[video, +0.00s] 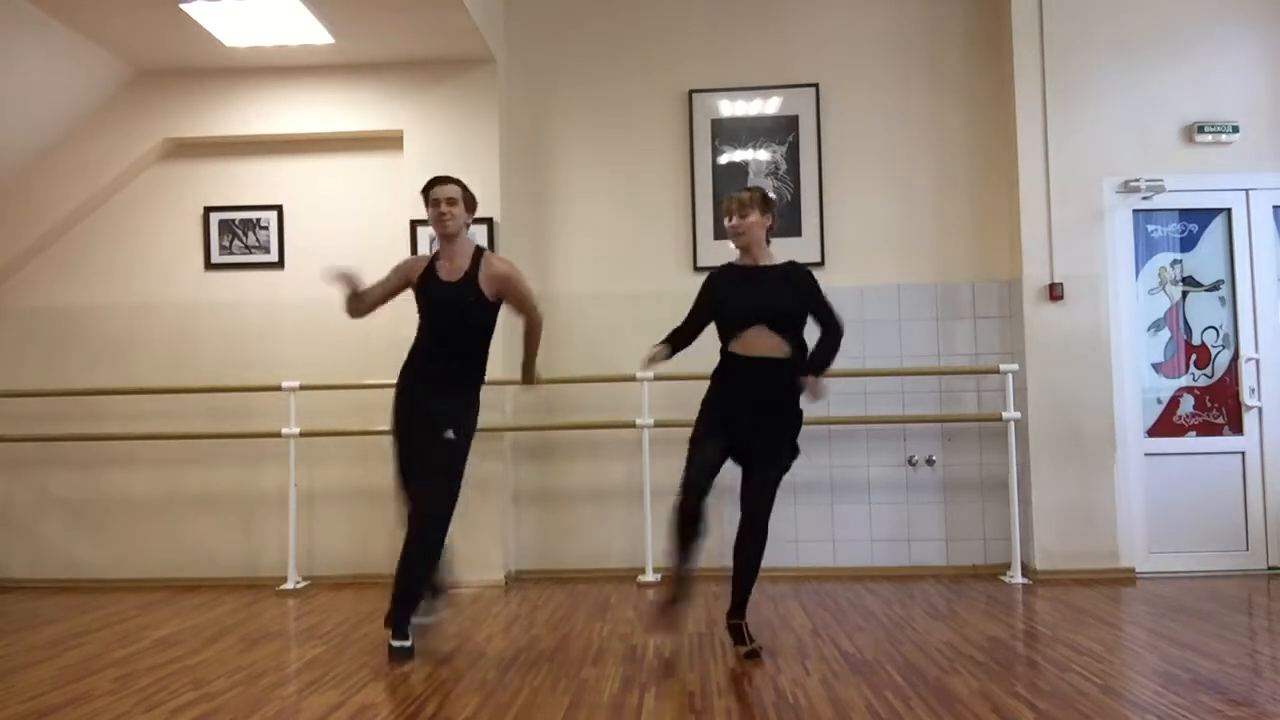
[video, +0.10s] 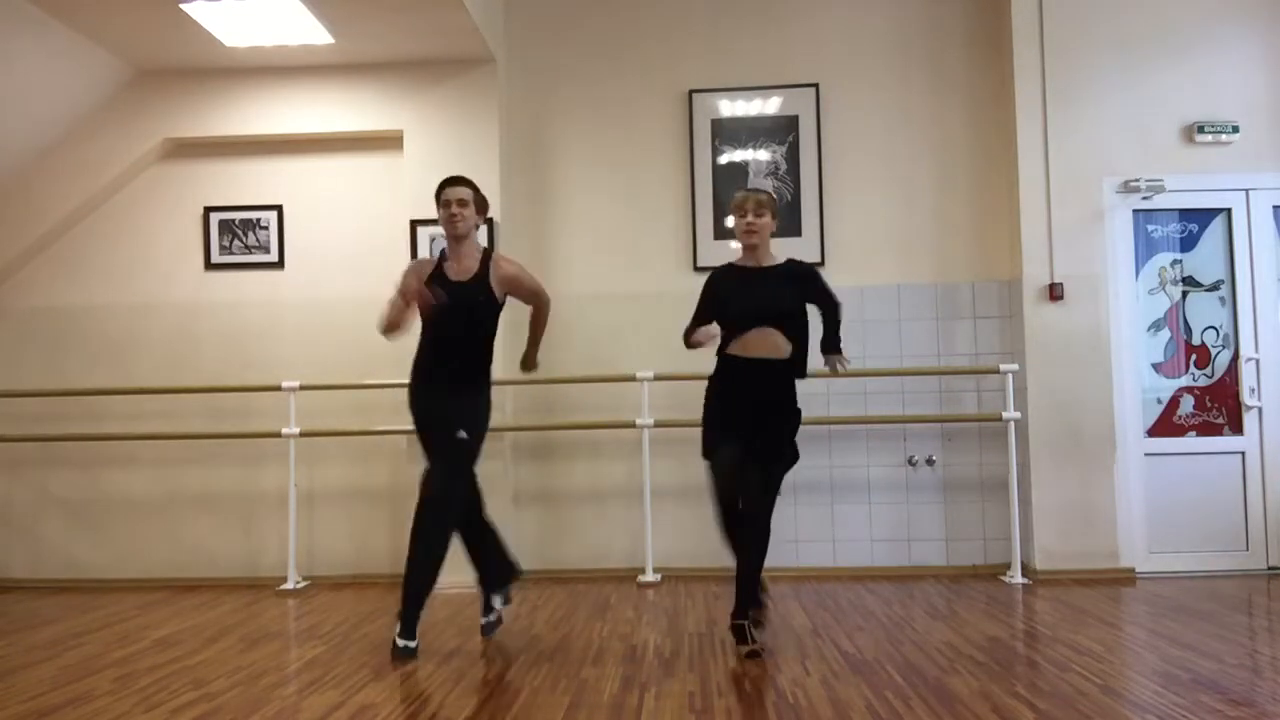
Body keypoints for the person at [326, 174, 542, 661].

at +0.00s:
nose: (443, 211)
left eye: (452, 203)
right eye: (436, 204)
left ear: (470, 211)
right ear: (427, 215)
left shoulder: (496, 271)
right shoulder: (416, 268)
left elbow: (533, 317)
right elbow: (360, 309)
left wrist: (529, 367)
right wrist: (352, 287)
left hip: (457, 398)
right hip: (413, 392)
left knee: (432, 510)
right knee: (417, 494)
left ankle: (400, 619)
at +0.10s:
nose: (454, 212)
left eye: (462, 205)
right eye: (447, 205)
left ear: (480, 214)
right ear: (438, 216)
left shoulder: (501, 271)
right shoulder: (422, 271)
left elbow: (541, 302)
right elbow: (390, 329)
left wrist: (531, 352)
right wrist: (404, 304)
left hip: (472, 394)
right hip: (426, 391)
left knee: (437, 497)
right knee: (459, 491)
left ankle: (408, 617)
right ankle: (496, 577)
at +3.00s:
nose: (561, 226)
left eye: (568, 220)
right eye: (554, 221)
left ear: (583, 228)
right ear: (544, 233)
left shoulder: (601, 277)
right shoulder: (539, 286)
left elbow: (581, 302)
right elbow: (514, 318)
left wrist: (543, 267)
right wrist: (488, 337)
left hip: (610, 403)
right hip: (565, 408)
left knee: (625, 505)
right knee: (595, 507)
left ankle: (624, 602)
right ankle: (659, 583)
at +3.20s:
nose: (588, 226)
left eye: (595, 218)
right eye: (580, 219)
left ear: (610, 227)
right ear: (570, 229)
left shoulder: (627, 279)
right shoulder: (563, 282)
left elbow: (597, 326)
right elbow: (535, 316)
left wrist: (549, 301)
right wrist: (508, 332)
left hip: (633, 406)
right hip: (590, 411)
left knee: (637, 509)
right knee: (627, 511)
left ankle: (624, 603)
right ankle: (677, 603)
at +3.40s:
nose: (604, 225)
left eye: (612, 218)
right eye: (597, 219)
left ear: (626, 226)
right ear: (587, 229)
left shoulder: (643, 276)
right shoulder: (578, 281)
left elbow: (620, 321)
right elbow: (548, 308)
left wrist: (563, 290)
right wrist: (520, 320)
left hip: (644, 406)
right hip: (600, 410)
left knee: (643, 511)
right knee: (635, 512)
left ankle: (626, 602)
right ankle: (678, 607)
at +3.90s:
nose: (612, 230)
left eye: (619, 223)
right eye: (607, 224)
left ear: (640, 228)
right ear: (602, 232)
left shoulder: (663, 280)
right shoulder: (594, 283)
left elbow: (697, 329)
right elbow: (538, 302)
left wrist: (655, 345)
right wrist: (488, 319)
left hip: (645, 408)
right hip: (601, 404)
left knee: (641, 509)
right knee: (567, 489)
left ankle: (629, 604)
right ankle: (538, 588)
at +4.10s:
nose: (600, 231)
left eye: (608, 224)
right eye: (599, 224)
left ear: (633, 227)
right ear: (611, 230)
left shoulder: (667, 268)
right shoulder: (598, 285)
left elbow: (708, 303)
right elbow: (546, 314)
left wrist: (676, 333)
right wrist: (488, 324)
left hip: (643, 400)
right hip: (599, 391)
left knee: (635, 508)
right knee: (527, 444)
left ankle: (627, 605)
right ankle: (441, 496)